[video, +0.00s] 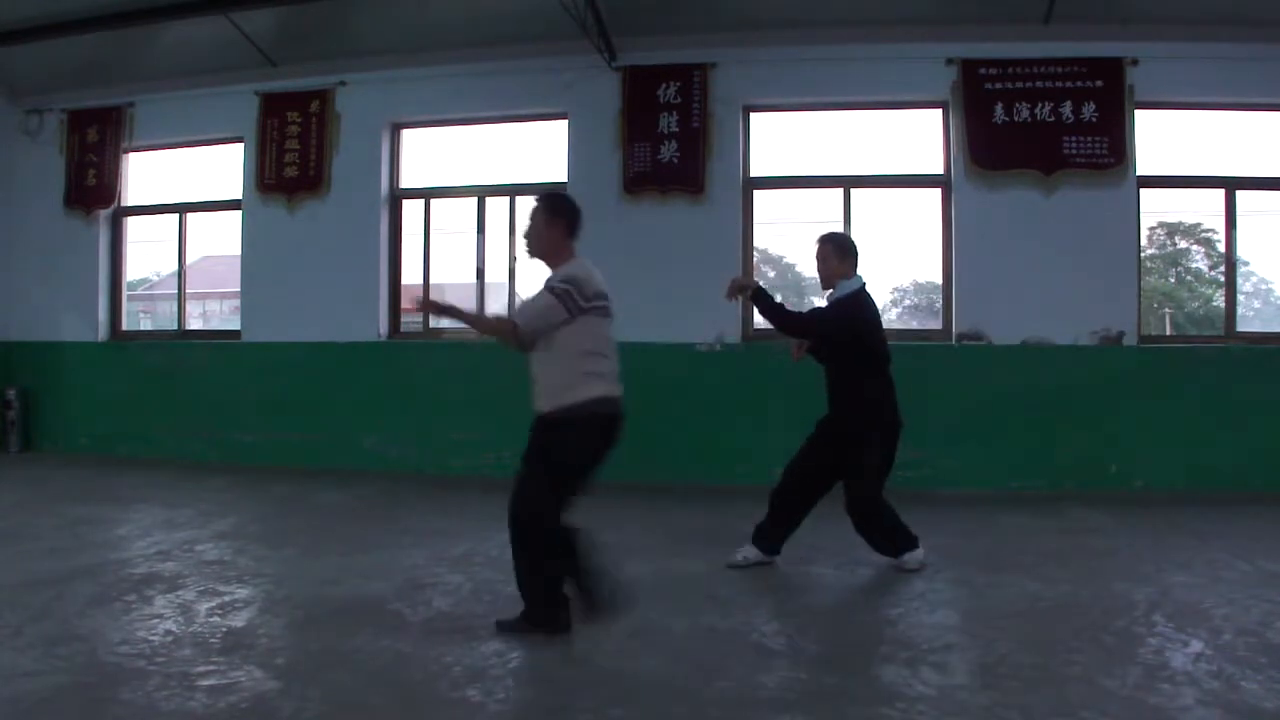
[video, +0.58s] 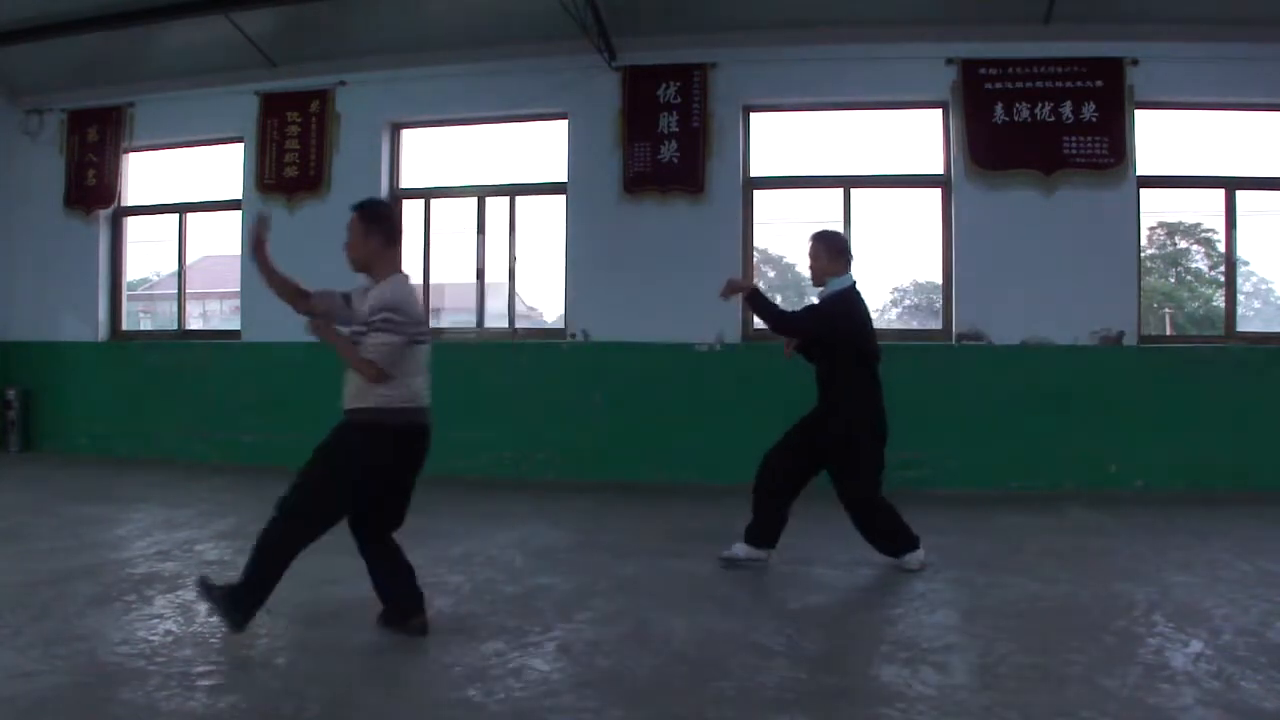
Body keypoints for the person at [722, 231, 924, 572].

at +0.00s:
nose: (817, 268)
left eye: (822, 261)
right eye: (817, 261)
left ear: (842, 262)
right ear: (844, 263)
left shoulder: (850, 308)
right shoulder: (851, 302)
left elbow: (795, 325)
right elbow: (845, 352)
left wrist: (755, 292)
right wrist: (811, 347)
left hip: (869, 420)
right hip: (847, 415)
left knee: (861, 496)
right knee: (800, 481)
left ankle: (907, 548)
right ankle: (765, 546)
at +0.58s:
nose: (809, 264)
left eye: (814, 257)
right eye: (810, 258)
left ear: (832, 260)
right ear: (839, 261)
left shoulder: (840, 305)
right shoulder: (845, 301)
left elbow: (788, 324)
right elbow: (837, 354)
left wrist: (750, 292)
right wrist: (802, 347)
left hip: (849, 416)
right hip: (839, 412)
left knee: (857, 491)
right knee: (779, 469)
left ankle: (908, 548)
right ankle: (757, 544)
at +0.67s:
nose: (798, 269)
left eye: (803, 261)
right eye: (799, 261)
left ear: (819, 263)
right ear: (828, 264)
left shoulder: (830, 308)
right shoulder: (835, 305)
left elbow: (776, 328)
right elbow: (829, 357)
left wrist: (743, 296)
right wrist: (793, 351)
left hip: (839, 417)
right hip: (837, 413)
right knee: (772, 470)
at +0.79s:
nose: (761, 274)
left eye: (765, 267)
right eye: (762, 267)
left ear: (782, 270)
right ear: (790, 269)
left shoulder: (789, 312)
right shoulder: (801, 308)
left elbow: (733, 331)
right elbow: (806, 355)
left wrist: (703, 297)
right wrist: (769, 355)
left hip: (803, 421)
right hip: (818, 419)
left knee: (742, 474)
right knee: (842, 491)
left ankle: (700, 544)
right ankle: (907, 547)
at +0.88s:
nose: (724, 272)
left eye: (730, 266)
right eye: (724, 265)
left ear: (748, 270)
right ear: (750, 270)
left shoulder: (746, 312)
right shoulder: (764, 308)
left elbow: (690, 333)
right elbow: (770, 355)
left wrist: (663, 299)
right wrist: (734, 359)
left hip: (762, 420)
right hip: (782, 417)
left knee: (702, 471)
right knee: (814, 485)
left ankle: (690, 548)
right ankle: (892, 532)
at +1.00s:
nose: (686, 263)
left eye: (690, 255)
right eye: (687, 255)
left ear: (706, 258)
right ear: (714, 259)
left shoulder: (713, 301)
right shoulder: (731, 300)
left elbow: (673, 344)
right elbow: (700, 347)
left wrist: (643, 319)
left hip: (724, 415)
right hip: (746, 414)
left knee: (675, 473)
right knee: (749, 495)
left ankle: (685, 548)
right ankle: (817, 519)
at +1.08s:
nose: (657, 247)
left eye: (661, 239)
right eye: (658, 238)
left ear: (677, 240)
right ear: (684, 241)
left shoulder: (700, 284)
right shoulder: (698, 281)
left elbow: (694, 345)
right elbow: (695, 343)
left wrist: (660, 329)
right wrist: (661, 329)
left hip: (709, 397)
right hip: (707, 394)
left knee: (662, 456)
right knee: (668, 457)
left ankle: (684, 546)